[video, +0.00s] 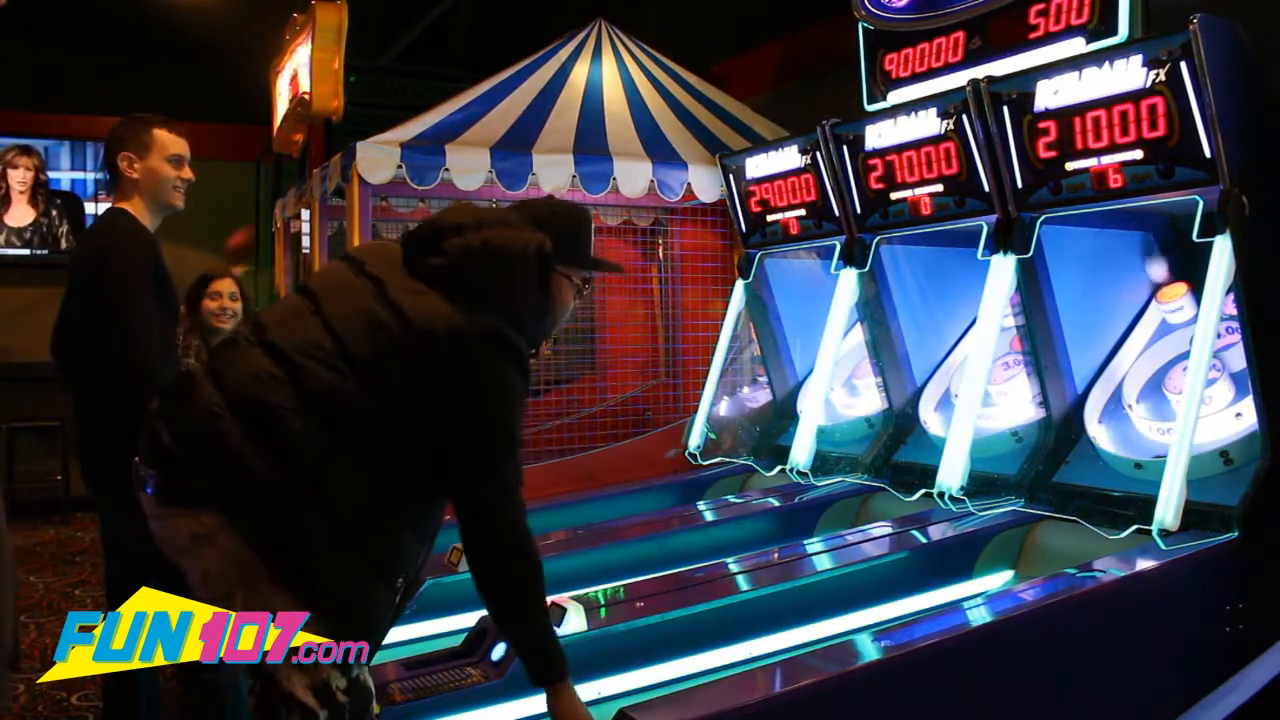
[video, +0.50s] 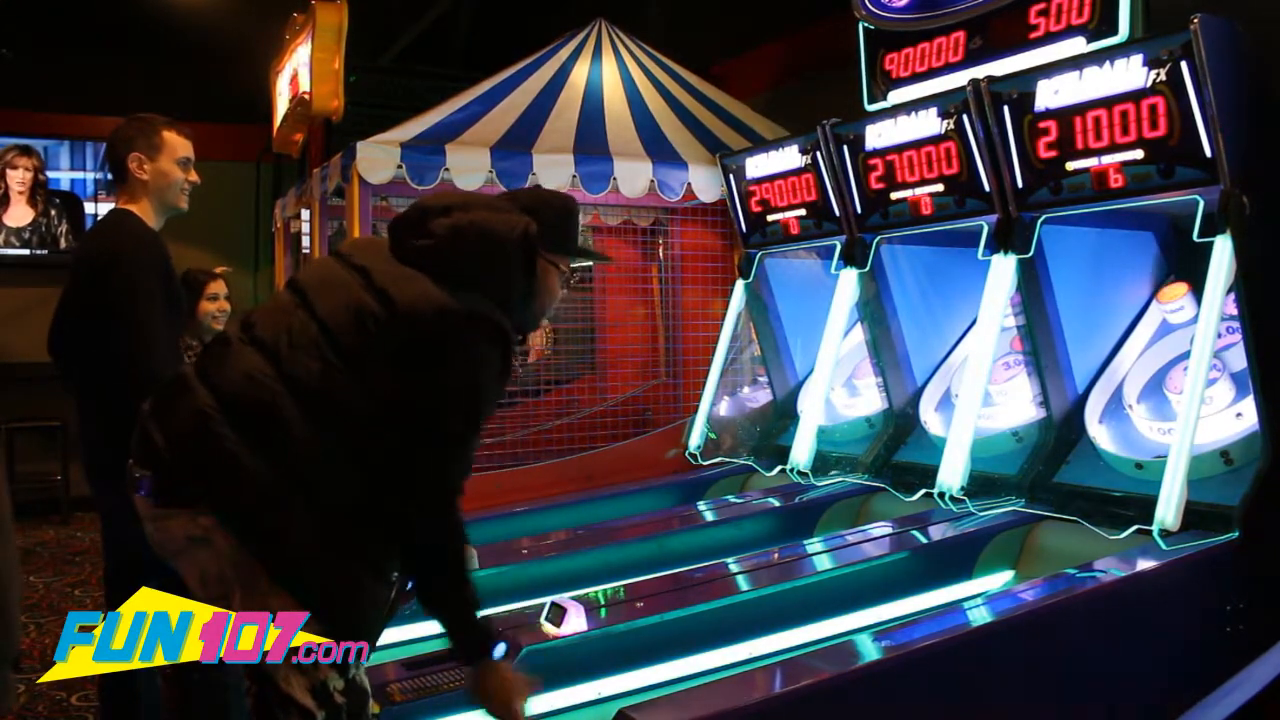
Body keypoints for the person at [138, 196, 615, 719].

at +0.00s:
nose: (576, 302)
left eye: (580, 286)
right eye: (572, 282)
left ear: (500, 257)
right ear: (534, 271)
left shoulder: (386, 262)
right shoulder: (481, 346)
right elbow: (497, 532)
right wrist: (557, 683)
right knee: (317, 693)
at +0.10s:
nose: (575, 309)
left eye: (580, 292)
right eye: (572, 289)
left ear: (498, 257)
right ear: (535, 279)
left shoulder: (384, 262)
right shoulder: (483, 352)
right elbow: (501, 536)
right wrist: (561, 685)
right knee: (326, 691)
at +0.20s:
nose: (573, 308)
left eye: (579, 291)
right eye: (572, 289)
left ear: (498, 255)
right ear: (538, 280)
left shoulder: (384, 261)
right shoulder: (478, 347)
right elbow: (495, 532)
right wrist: (560, 683)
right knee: (326, 693)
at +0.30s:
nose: (570, 302)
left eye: (575, 285)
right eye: (568, 282)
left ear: (495, 256)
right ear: (529, 270)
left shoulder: (379, 263)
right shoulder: (476, 342)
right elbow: (479, 526)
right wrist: (550, 675)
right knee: (322, 693)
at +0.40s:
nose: (567, 295)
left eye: (571, 279)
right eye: (563, 275)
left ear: (494, 253)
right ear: (522, 263)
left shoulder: (373, 262)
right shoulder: (469, 338)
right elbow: (453, 518)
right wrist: (527, 658)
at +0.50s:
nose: (564, 292)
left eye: (568, 276)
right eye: (559, 272)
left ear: (496, 252)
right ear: (518, 260)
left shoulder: (373, 261)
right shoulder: (467, 332)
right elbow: (425, 503)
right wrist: (479, 656)